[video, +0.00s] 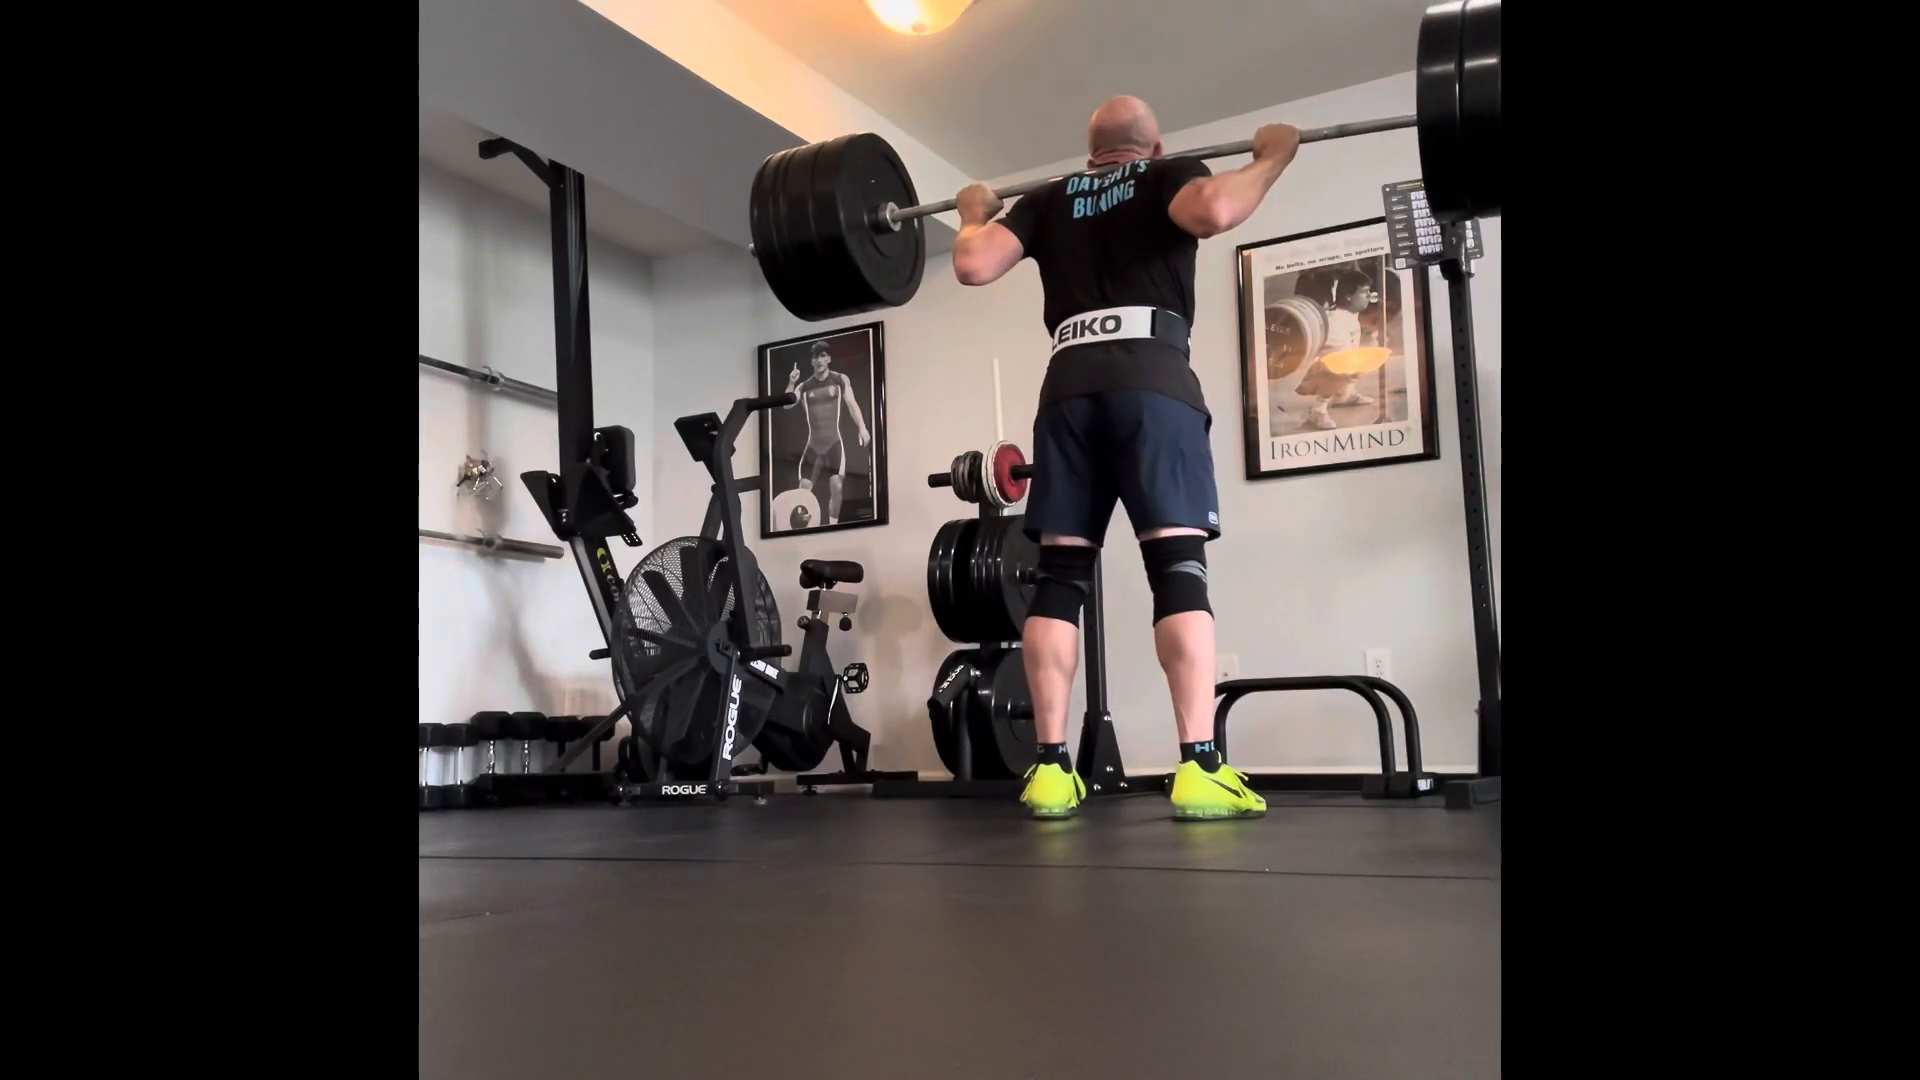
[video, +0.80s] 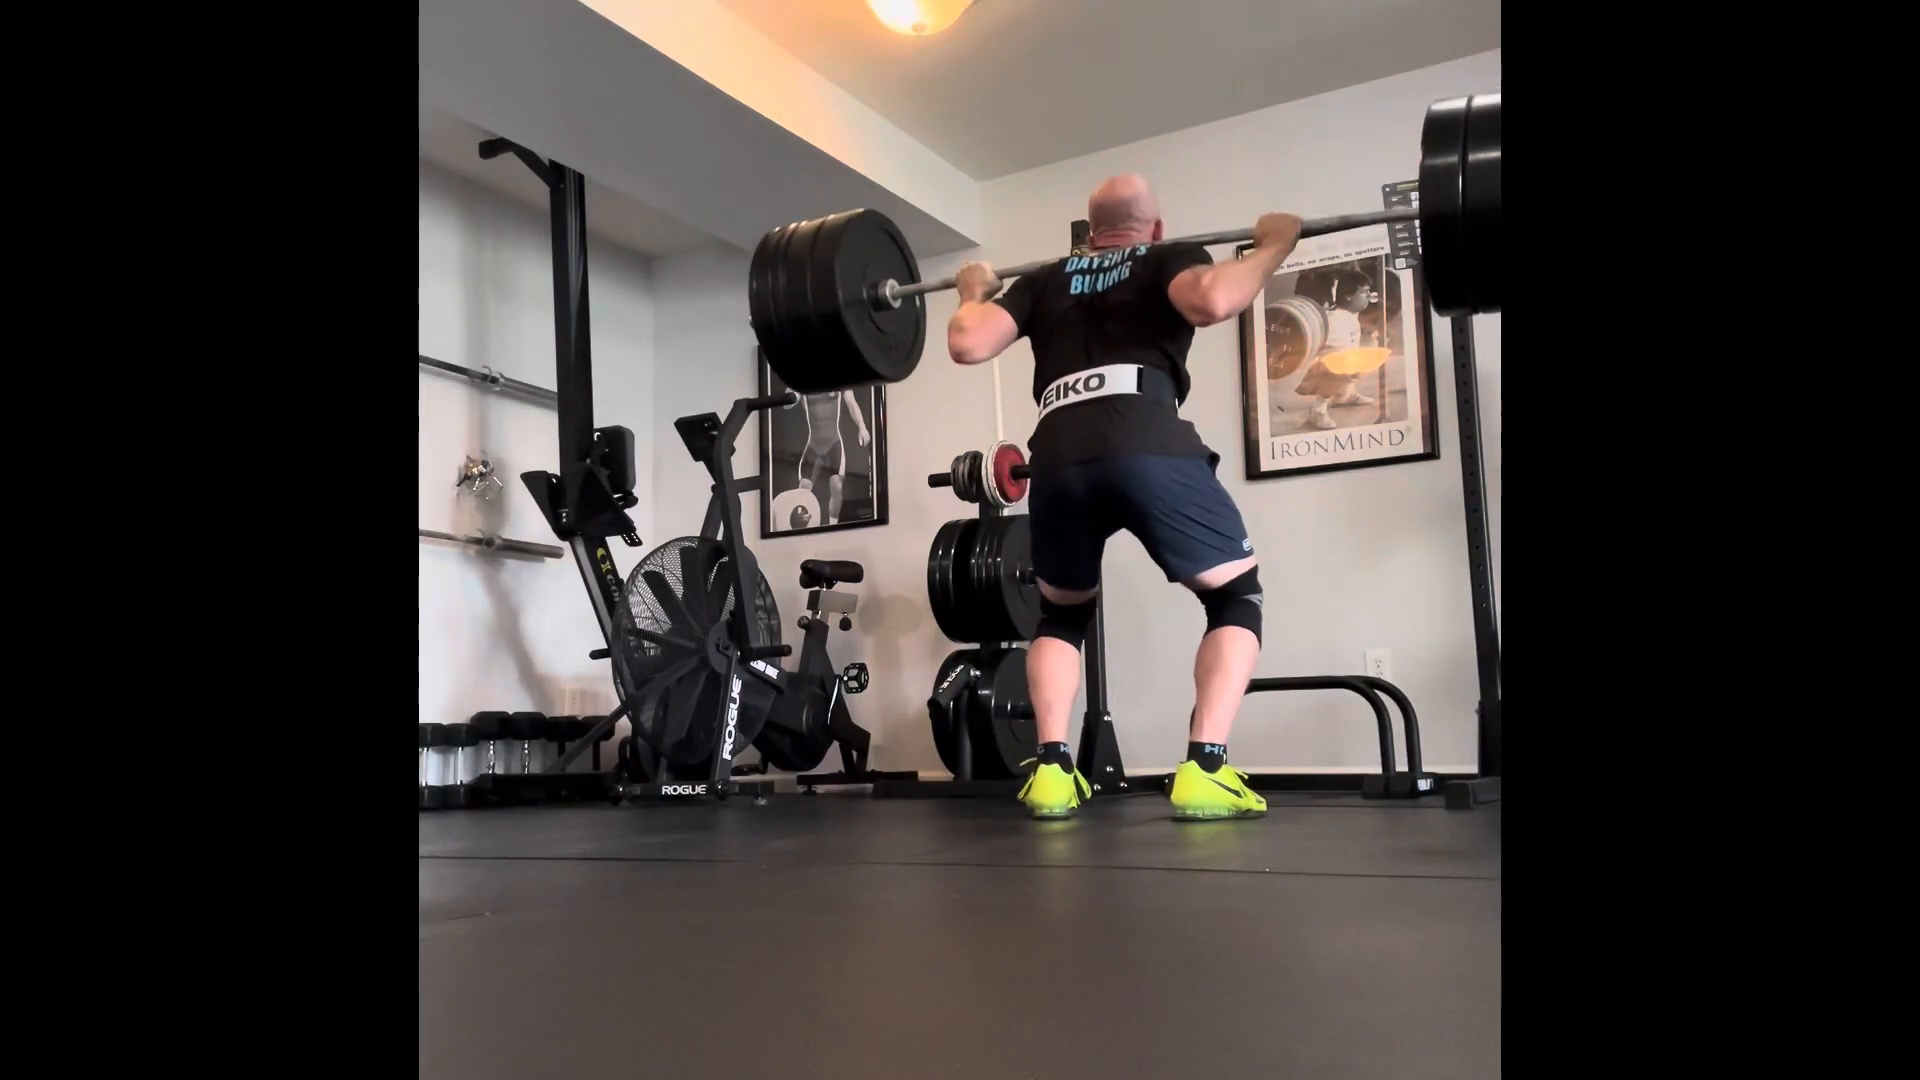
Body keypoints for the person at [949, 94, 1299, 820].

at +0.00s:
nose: (1152, 148)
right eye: (1155, 140)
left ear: (1088, 149)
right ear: (1155, 145)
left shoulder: (1047, 200)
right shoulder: (1165, 173)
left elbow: (972, 263)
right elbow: (1217, 209)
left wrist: (972, 214)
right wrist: (1270, 159)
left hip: (1068, 385)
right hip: (1156, 382)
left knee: (1059, 577)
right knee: (1178, 570)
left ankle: (1051, 766)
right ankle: (1199, 763)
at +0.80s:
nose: (1157, 230)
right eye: (1157, 223)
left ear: (1087, 230)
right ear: (1155, 228)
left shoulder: (1044, 281)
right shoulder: (1169, 257)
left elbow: (965, 345)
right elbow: (1211, 302)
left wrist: (971, 292)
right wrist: (1271, 246)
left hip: (1057, 450)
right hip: (1149, 438)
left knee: (1061, 612)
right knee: (1234, 598)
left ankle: (1052, 767)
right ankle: (1205, 765)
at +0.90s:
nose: (1161, 246)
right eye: (1160, 239)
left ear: (1088, 243)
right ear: (1157, 243)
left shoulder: (1045, 294)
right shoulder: (1168, 271)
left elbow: (965, 360)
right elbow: (1214, 318)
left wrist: (972, 308)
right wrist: (1272, 263)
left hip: (1057, 460)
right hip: (1147, 447)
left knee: (1063, 617)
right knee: (1237, 604)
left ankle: (1052, 765)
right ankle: (1205, 765)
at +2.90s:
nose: (1173, 362)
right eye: (1172, 356)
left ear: (1103, 358)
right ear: (1164, 358)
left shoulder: (1046, 398)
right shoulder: (1175, 385)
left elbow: (963, 473)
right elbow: (1220, 428)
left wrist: (974, 417)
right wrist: (1280, 379)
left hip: (1028, 524)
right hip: (1124, 513)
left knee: (1084, 620)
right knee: (1218, 605)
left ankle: (1054, 770)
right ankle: (1204, 767)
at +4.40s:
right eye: (1138, 135)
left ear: (1074, 145)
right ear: (1143, 138)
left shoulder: (1034, 199)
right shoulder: (1158, 166)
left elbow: (961, 271)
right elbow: (1213, 208)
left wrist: (959, 213)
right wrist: (1265, 142)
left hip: (1066, 389)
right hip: (1155, 380)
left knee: (1062, 575)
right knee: (1172, 571)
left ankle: (1050, 764)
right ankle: (1197, 765)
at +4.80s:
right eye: (1131, 135)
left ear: (1067, 143)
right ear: (1136, 139)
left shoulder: (1025, 195)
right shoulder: (1152, 170)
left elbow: (950, 255)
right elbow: (1197, 216)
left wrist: (949, 206)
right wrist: (1256, 152)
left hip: (1053, 380)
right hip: (1142, 373)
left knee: (1049, 575)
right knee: (1165, 570)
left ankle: (1048, 765)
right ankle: (1196, 764)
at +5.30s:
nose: (1143, 151)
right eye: (1149, 141)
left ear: (1083, 149)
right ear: (1152, 145)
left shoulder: (1042, 200)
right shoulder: (1165, 175)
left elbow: (966, 258)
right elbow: (1213, 222)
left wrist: (966, 213)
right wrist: (1269, 159)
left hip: (1067, 379)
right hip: (1155, 375)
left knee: (1056, 573)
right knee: (1171, 568)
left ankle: (1049, 764)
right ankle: (1196, 763)